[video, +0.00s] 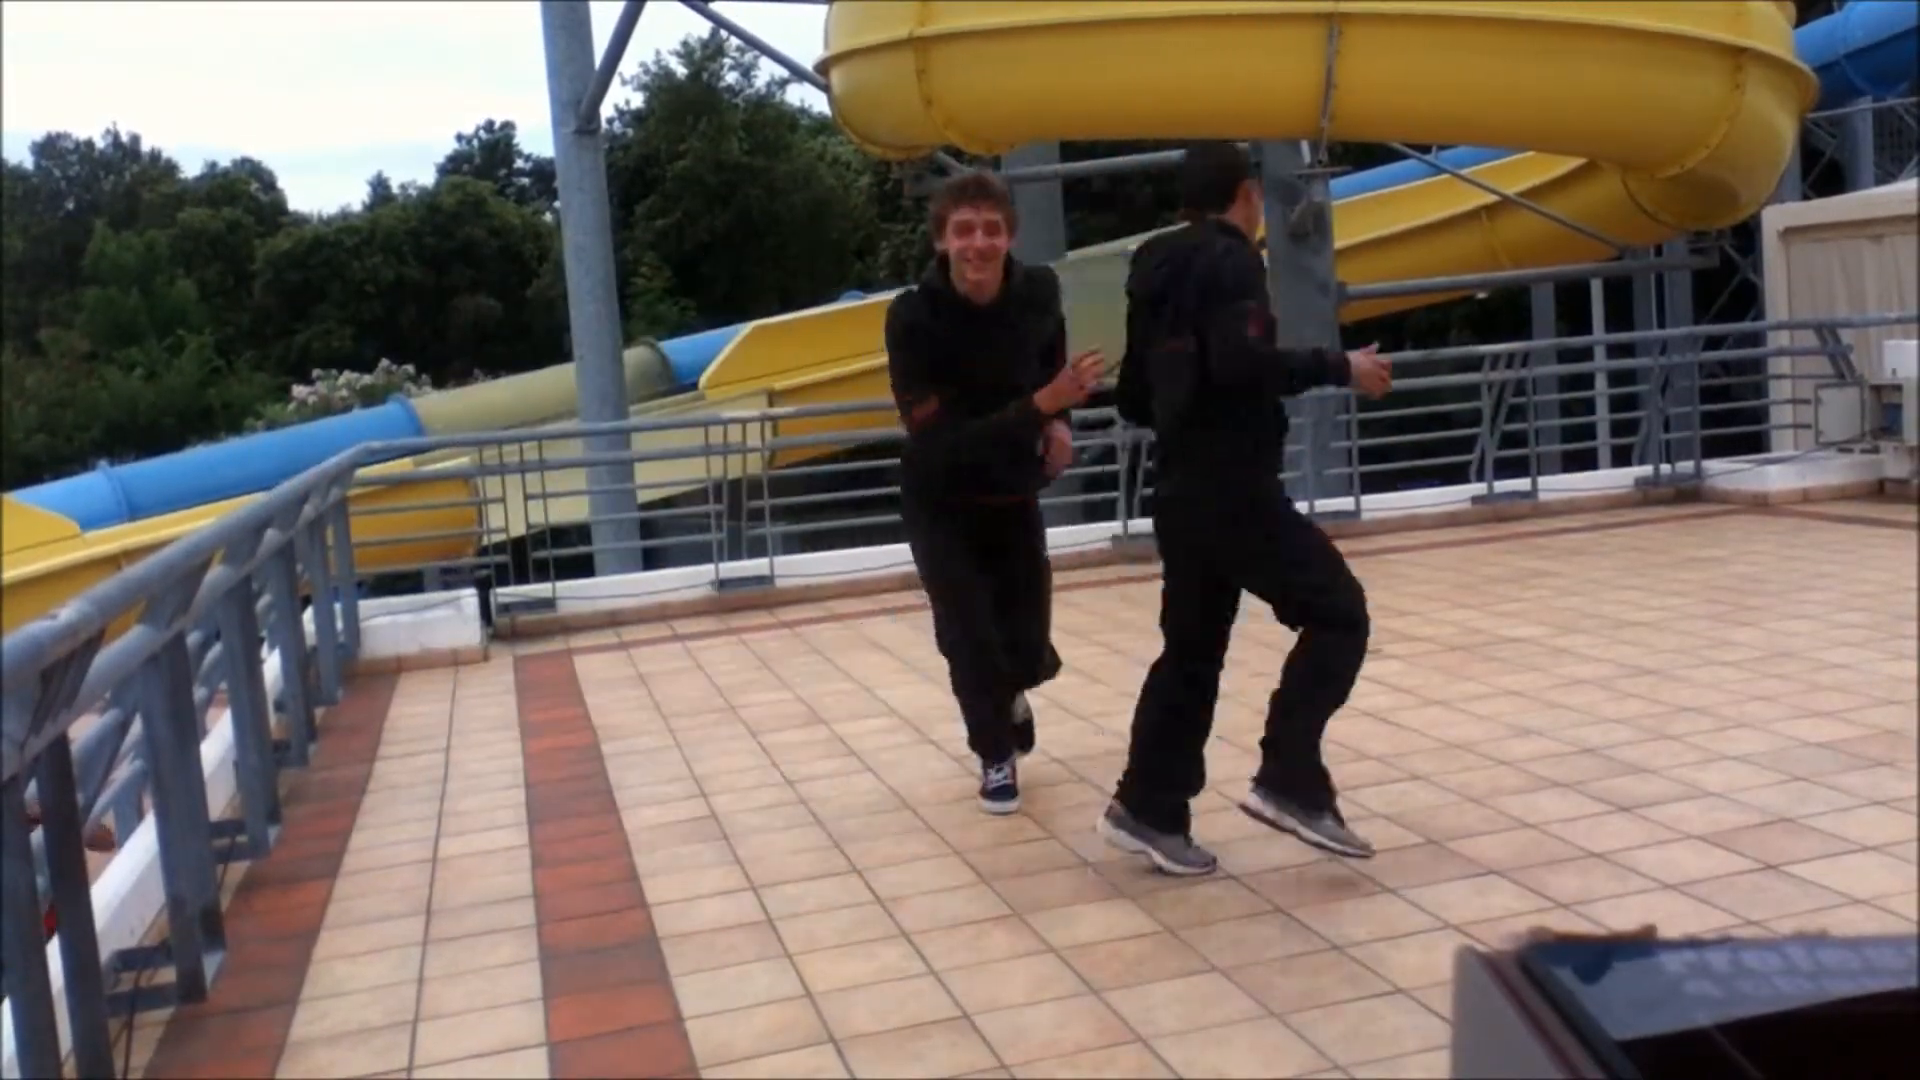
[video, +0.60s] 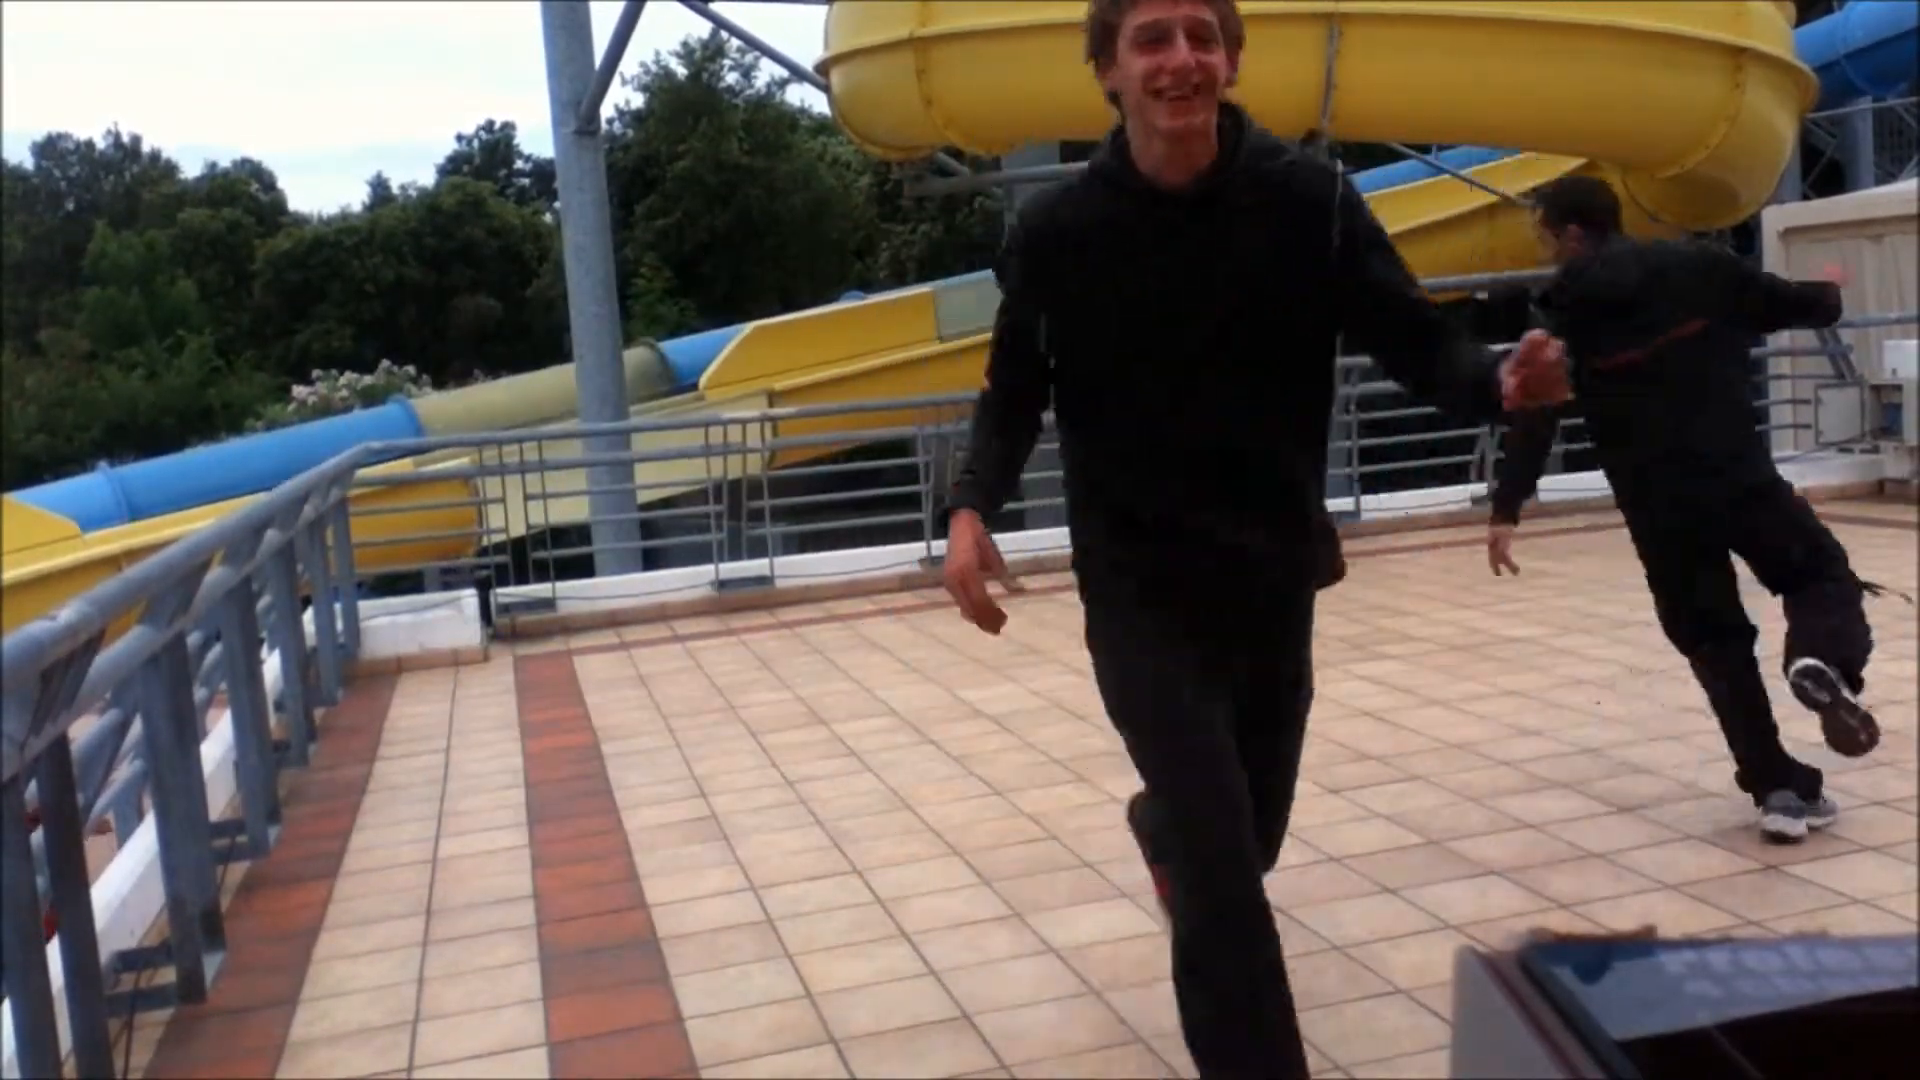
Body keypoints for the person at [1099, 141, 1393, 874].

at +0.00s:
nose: (1261, 210)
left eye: (1257, 197)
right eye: (1257, 197)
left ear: (1191, 203)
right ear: (1240, 198)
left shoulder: (1155, 265)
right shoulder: (1233, 260)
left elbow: (1135, 397)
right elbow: (1245, 365)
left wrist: (1214, 399)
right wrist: (1339, 367)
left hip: (1185, 501)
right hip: (1241, 501)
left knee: (1190, 654)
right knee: (1340, 613)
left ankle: (1149, 807)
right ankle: (1289, 779)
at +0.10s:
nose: (1343, 186)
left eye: (1338, 176)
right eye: (1340, 177)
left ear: (1267, 185)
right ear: (1332, 181)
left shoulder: (1242, 260)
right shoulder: (1343, 237)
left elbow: (1206, 375)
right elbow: (1353, 321)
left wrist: (1293, 381)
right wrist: (1439, 345)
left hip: (1275, 483)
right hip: (1341, 480)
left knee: (1302, 638)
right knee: (1421, 620)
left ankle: (1202, 742)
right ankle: (1487, 799)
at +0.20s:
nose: (1423, 219)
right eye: (1418, 208)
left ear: (1345, 223)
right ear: (1416, 213)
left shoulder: (1326, 309)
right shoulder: (1451, 276)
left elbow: (1285, 399)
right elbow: (1537, 312)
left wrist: (1258, 411)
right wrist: (1628, 325)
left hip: (1378, 517)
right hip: (1457, 510)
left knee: (1437, 643)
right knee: (1516, 653)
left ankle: (1343, 693)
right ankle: (1529, 845)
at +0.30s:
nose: (1394, 228)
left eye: (1395, 217)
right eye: (1395, 217)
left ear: (1411, 215)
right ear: (1469, 202)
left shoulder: (1396, 287)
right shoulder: (1534, 257)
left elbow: (1362, 388)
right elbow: (1634, 319)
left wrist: (1311, 476)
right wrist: (1739, 347)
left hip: (1458, 497)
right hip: (1541, 485)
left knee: (1548, 598)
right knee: (1565, 648)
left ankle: (1523, 705)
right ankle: (1535, 826)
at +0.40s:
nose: (1437, 215)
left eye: (1439, 202)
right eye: (1437, 202)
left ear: (1459, 197)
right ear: (1510, 184)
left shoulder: (1456, 268)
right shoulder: (1583, 228)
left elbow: (1448, 384)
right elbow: (1679, 276)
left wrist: (1411, 478)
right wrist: (1734, 316)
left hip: (1541, 464)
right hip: (1618, 444)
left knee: (1640, 600)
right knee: (1631, 598)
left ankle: (1718, 759)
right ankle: (1578, 765)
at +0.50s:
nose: (1498, 232)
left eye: (1500, 221)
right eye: (1499, 221)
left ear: (1516, 220)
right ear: (1574, 208)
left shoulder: (1517, 293)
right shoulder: (1647, 253)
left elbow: (1504, 400)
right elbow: (1765, 291)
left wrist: (1479, 491)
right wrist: (1777, 275)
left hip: (1609, 500)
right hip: (1687, 473)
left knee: (1705, 637)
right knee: (1782, 600)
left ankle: (1788, 791)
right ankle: (1708, 680)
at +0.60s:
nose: (1548, 251)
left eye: (1550, 237)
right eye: (1547, 237)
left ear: (1575, 232)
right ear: (1611, 221)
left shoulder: (1562, 305)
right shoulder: (1694, 263)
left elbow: (1534, 411)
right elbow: (1777, 304)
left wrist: (1504, 511)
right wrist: (1827, 297)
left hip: (1656, 507)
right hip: (1738, 478)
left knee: (1714, 643)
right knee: (1820, 574)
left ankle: (1778, 790)